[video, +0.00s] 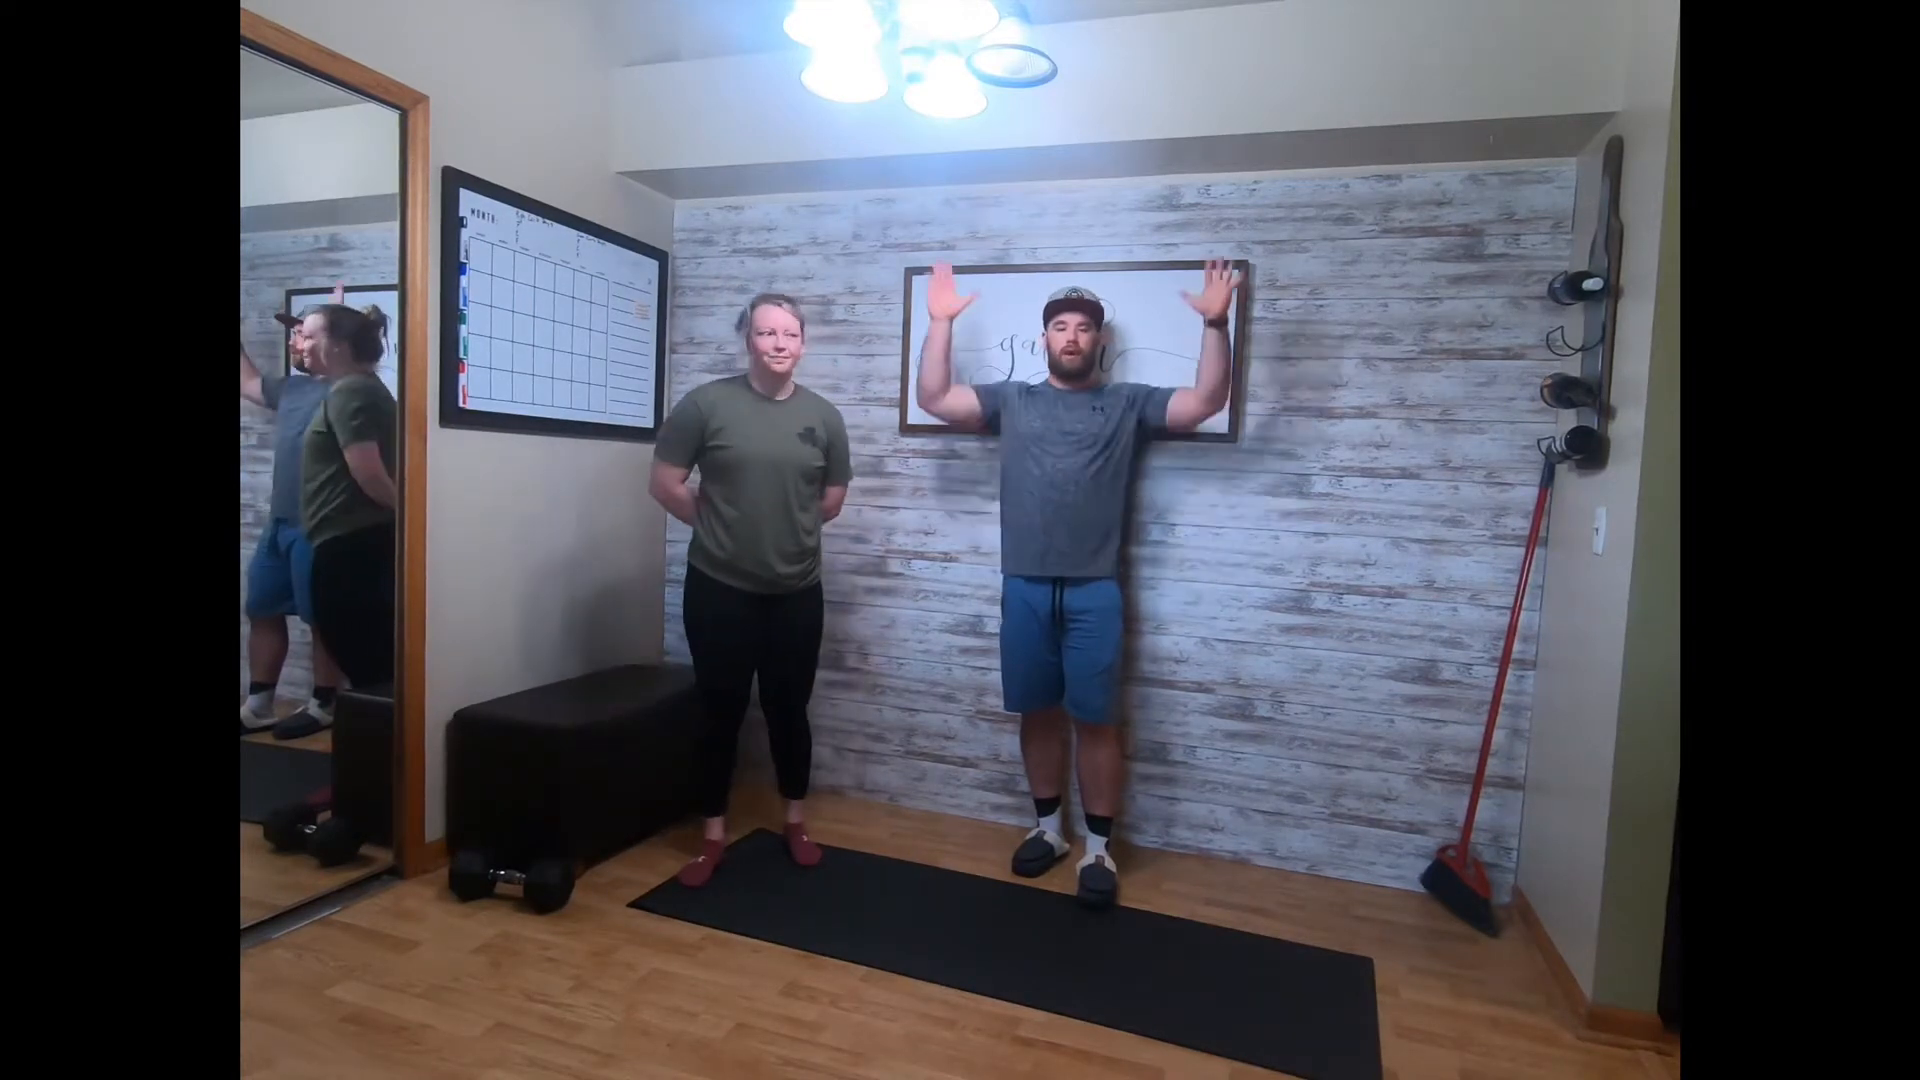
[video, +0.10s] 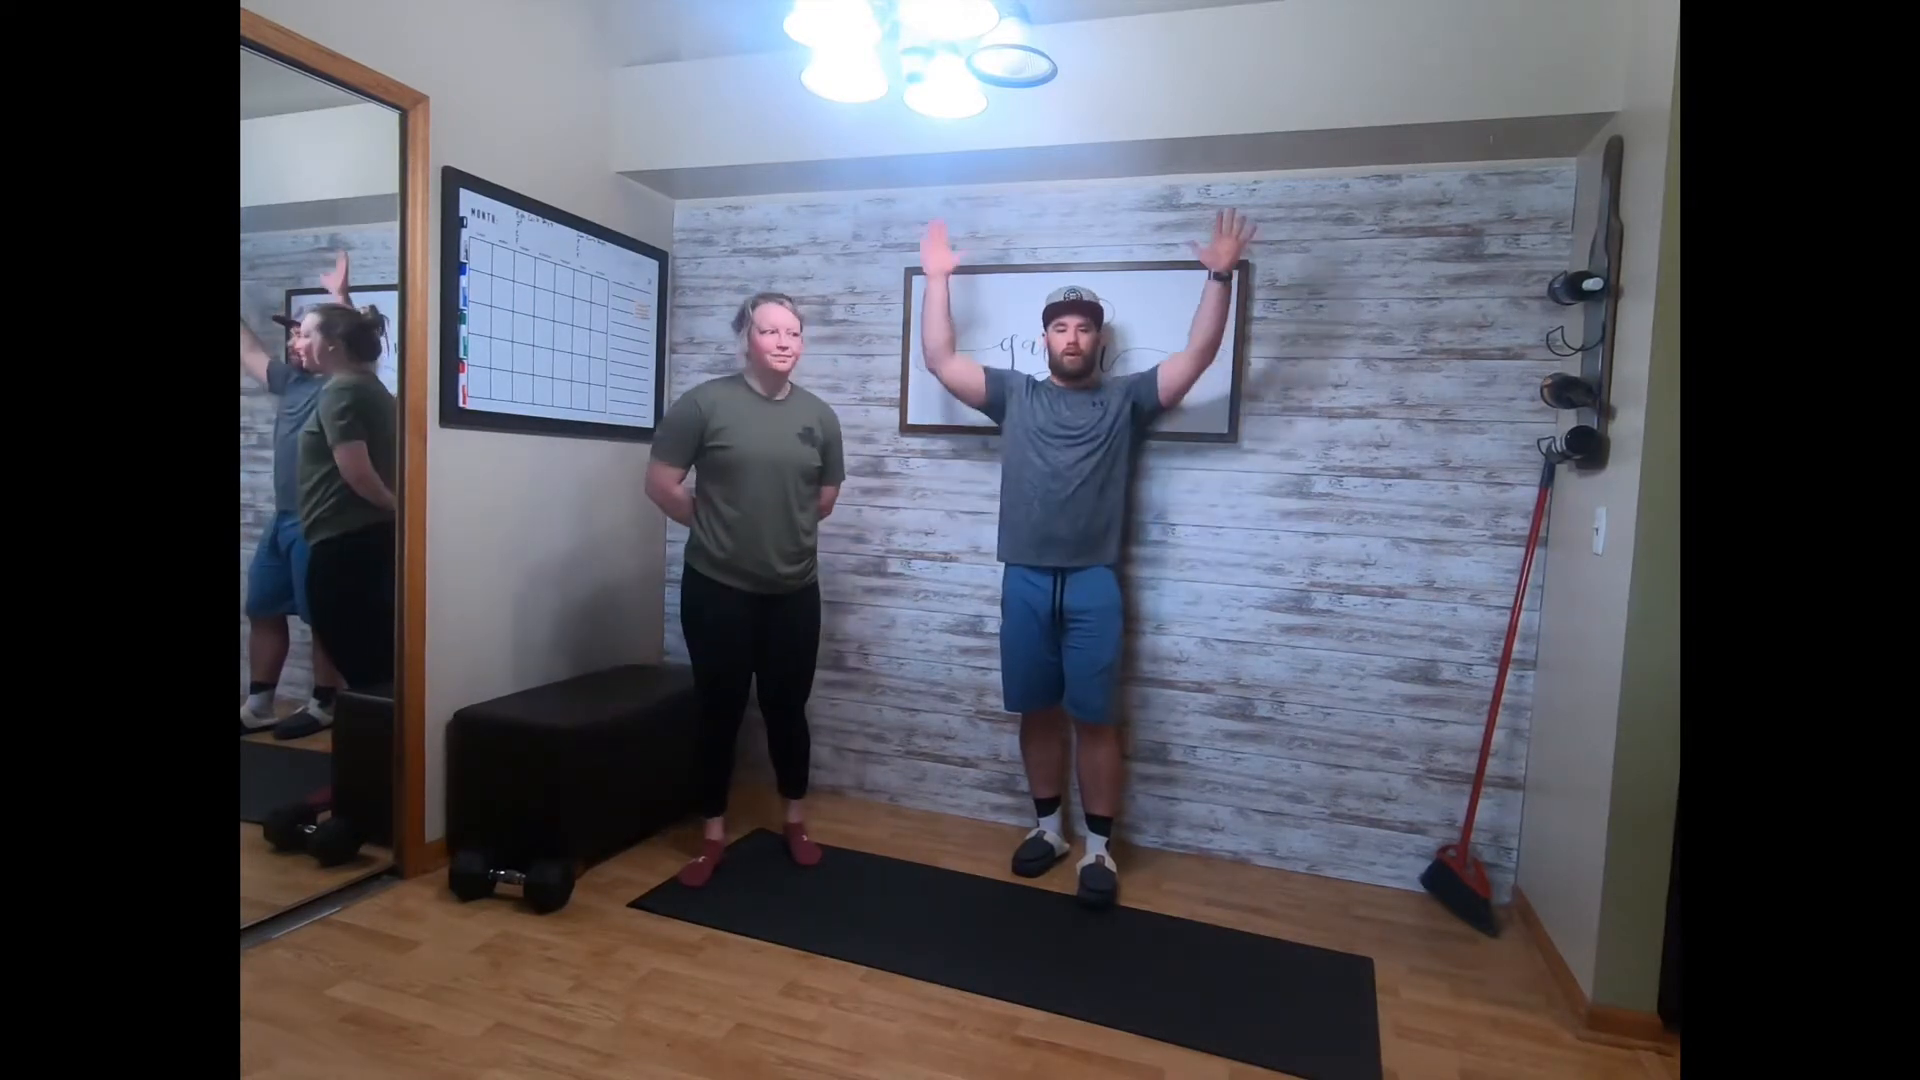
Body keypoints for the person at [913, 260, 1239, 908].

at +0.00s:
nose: (1072, 337)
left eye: (1083, 328)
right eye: (1061, 328)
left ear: (1099, 342)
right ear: (1045, 342)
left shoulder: (1126, 403)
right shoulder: (1014, 398)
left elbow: (1206, 400)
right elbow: (934, 397)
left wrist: (1214, 322)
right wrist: (940, 322)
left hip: (1094, 584)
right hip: (1024, 582)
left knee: (1095, 716)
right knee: (1036, 711)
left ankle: (1098, 851)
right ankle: (1047, 832)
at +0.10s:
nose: (1072, 335)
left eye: (1083, 327)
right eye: (1061, 327)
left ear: (1100, 340)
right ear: (1045, 341)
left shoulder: (1126, 397)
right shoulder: (1016, 393)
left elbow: (1197, 354)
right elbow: (940, 358)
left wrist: (1218, 274)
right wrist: (937, 278)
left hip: (1093, 577)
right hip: (1024, 576)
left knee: (1094, 713)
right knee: (1034, 708)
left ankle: (1098, 849)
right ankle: (1048, 829)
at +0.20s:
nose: (1071, 337)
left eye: (1082, 328)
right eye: (1059, 328)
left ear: (1100, 339)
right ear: (1044, 341)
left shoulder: (1124, 394)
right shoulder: (1019, 391)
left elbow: (1184, 337)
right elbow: (951, 341)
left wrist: (1215, 256)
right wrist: (935, 260)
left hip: (1093, 574)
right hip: (1024, 572)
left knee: (1094, 712)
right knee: (1035, 707)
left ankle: (1097, 848)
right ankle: (1047, 829)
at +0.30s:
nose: (1069, 338)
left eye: (1080, 329)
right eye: (1058, 330)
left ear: (1099, 341)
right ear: (1043, 344)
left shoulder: (1125, 396)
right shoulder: (1018, 393)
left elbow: (1191, 341)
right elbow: (944, 350)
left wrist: (1206, 260)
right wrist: (938, 270)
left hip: (1093, 578)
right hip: (1024, 576)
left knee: (1094, 714)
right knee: (1035, 708)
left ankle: (1097, 848)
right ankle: (1048, 830)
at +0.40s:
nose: (1067, 337)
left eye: (1079, 328)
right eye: (1056, 328)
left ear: (1097, 339)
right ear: (1041, 340)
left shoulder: (1125, 402)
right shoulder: (1014, 398)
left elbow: (1202, 384)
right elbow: (932, 388)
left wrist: (1195, 303)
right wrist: (942, 311)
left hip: (1094, 579)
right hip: (1024, 576)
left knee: (1092, 715)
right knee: (1037, 708)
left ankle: (1098, 850)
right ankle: (1049, 833)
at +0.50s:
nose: (1064, 336)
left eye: (1076, 327)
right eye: (1053, 328)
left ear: (1093, 339)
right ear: (1038, 340)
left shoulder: (1122, 408)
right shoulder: (1012, 404)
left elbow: (1199, 440)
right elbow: (937, 443)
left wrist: (1185, 376)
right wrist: (942, 378)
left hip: (1094, 579)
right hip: (1024, 577)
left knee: (1093, 715)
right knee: (1036, 709)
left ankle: (1097, 851)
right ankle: (1048, 831)